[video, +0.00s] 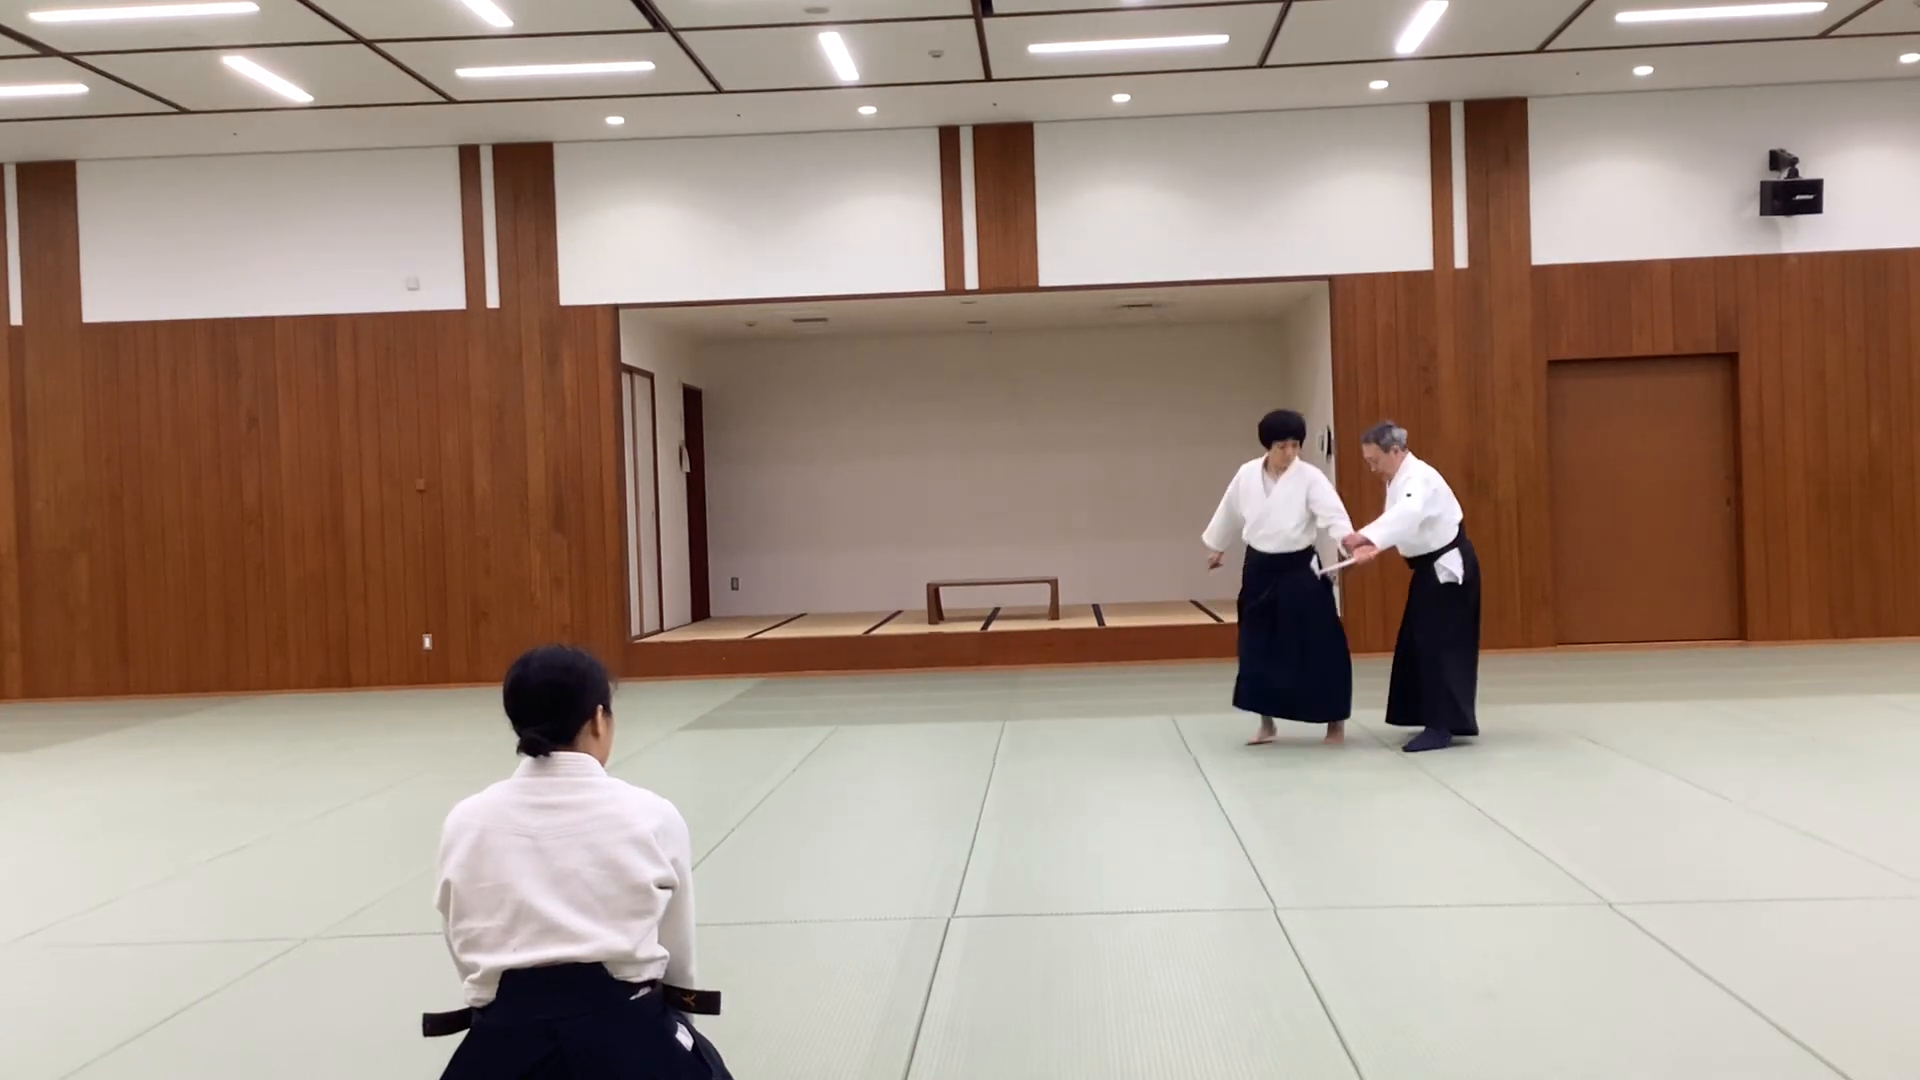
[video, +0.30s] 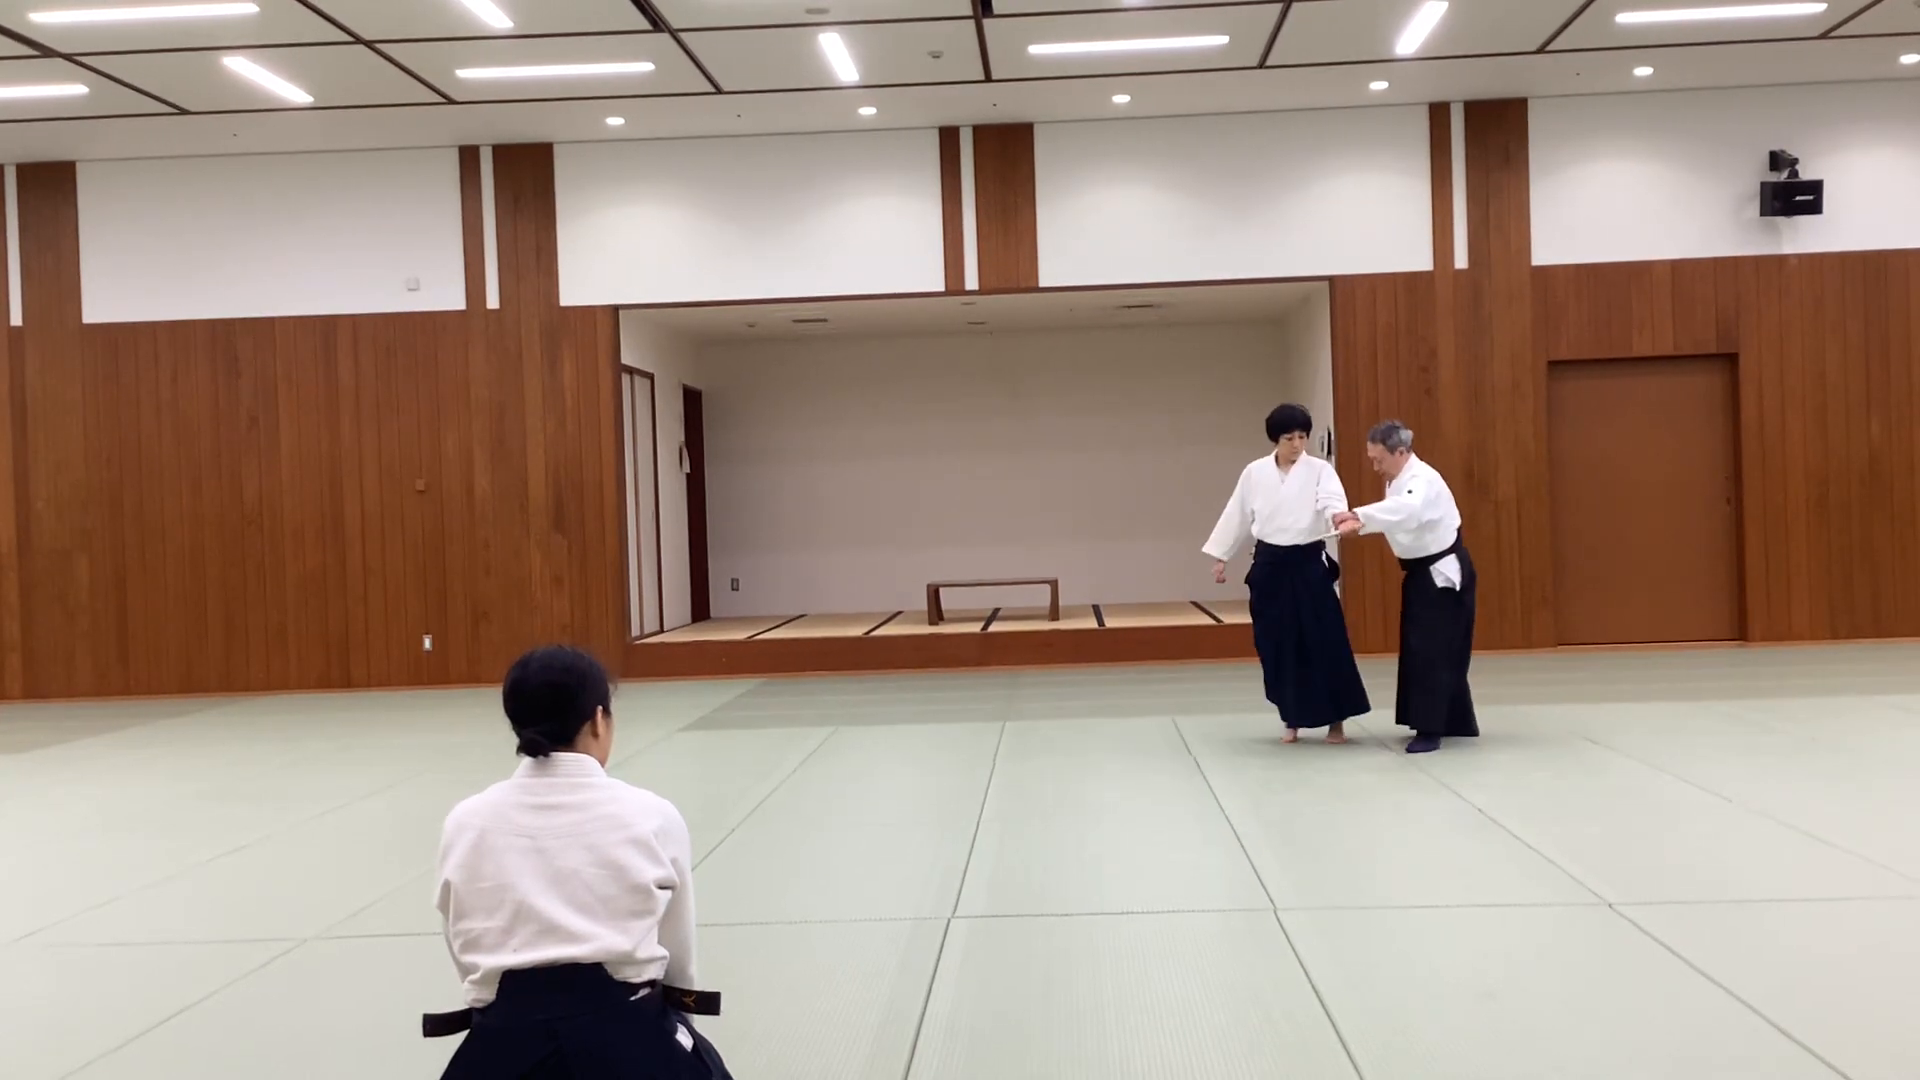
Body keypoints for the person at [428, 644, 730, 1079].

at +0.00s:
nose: (611, 726)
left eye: (610, 713)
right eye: (610, 714)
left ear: (519, 724)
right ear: (598, 721)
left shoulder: (465, 822)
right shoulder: (652, 816)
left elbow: (465, 957)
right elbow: (678, 966)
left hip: (503, 1048)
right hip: (629, 1043)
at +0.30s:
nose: (610, 728)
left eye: (610, 715)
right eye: (610, 716)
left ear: (519, 726)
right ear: (598, 722)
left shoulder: (465, 822)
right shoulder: (653, 817)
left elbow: (466, 958)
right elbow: (678, 966)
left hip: (504, 1049)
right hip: (629, 1045)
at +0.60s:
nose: (610, 727)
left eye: (610, 714)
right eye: (610, 715)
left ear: (519, 725)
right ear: (597, 721)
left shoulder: (465, 823)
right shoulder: (653, 817)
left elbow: (465, 961)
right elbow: (678, 967)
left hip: (503, 1050)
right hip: (629, 1046)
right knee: (696, 1044)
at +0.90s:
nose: (610, 727)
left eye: (609, 713)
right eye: (610, 715)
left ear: (519, 725)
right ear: (598, 721)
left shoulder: (465, 823)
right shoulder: (653, 818)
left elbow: (464, 960)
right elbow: (678, 967)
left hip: (503, 1050)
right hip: (629, 1046)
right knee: (695, 1044)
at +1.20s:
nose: (610, 728)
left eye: (610, 715)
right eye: (610, 715)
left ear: (519, 725)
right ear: (598, 721)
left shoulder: (465, 823)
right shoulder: (652, 817)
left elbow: (464, 959)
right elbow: (679, 967)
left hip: (503, 1049)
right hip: (629, 1045)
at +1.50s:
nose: (610, 727)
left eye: (609, 714)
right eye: (609, 716)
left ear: (518, 725)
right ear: (598, 721)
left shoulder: (464, 823)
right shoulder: (652, 817)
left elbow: (464, 960)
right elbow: (678, 967)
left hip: (503, 1050)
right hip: (629, 1046)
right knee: (696, 1045)